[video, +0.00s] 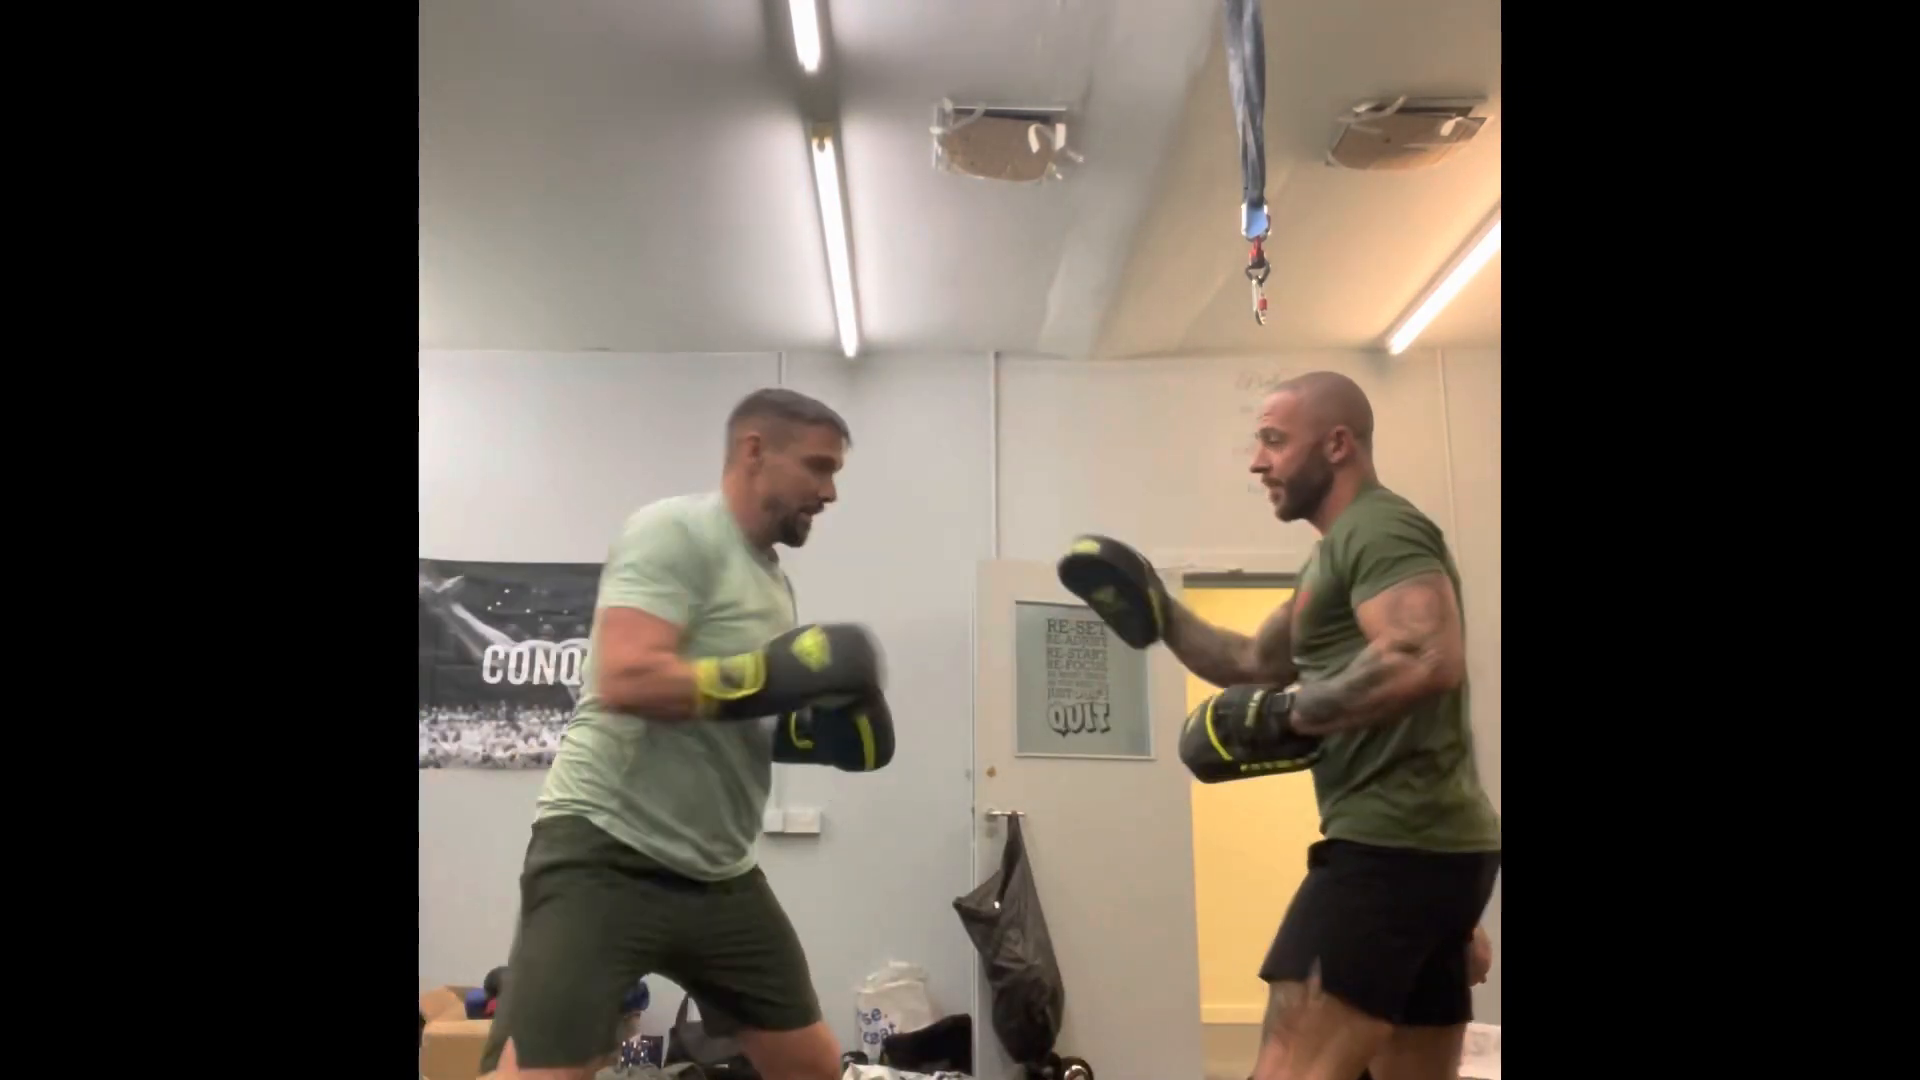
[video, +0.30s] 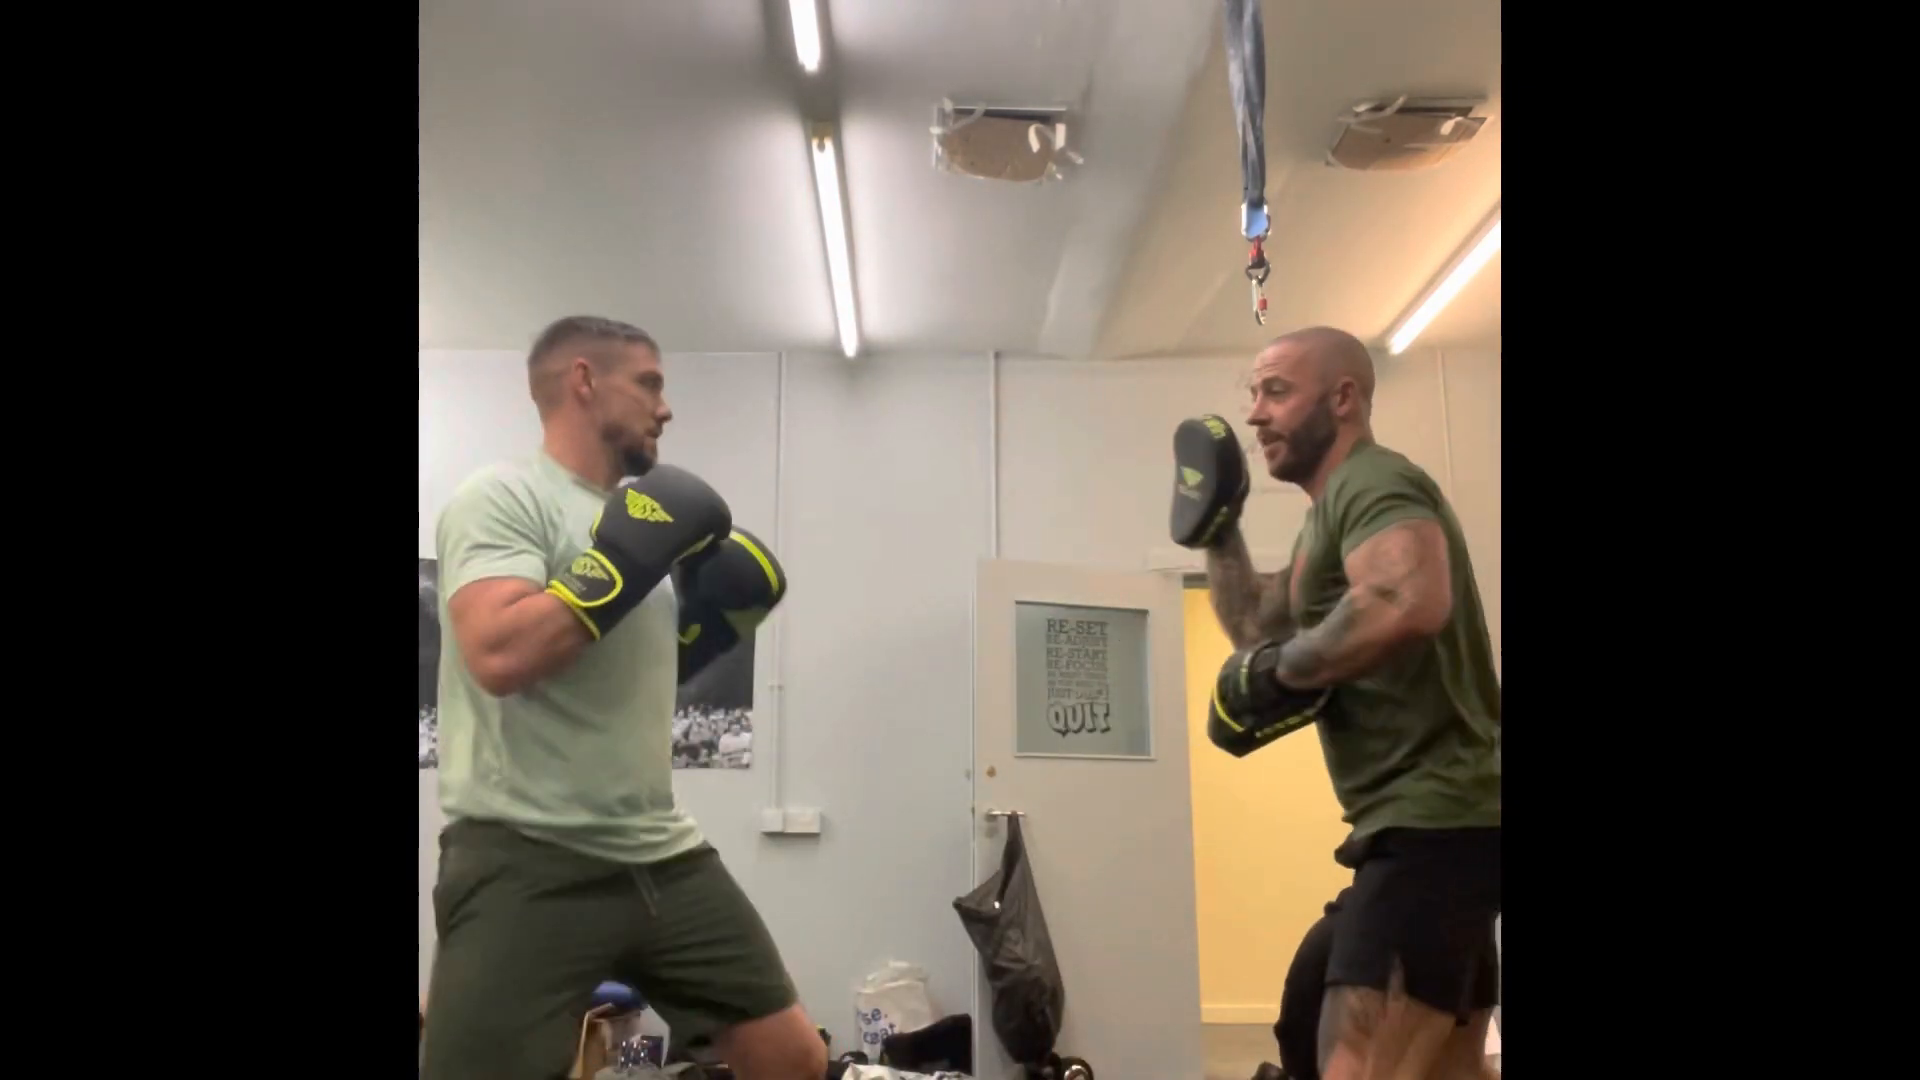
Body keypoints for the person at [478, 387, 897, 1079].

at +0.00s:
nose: (831, 491)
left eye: (835, 473)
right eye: (819, 467)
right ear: (753, 451)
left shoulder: (777, 588)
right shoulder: (667, 532)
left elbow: (728, 724)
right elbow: (624, 679)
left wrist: (814, 731)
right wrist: (765, 675)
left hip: (719, 871)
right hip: (602, 852)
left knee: (811, 1065)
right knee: (540, 1070)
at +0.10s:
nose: (714, 452)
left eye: (714, 432)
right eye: (695, 428)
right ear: (621, 425)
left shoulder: (678, 571)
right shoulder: (523, 542)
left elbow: (647, 725)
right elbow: (455, 710)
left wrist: (723, 693)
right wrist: (606, 689)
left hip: (646, 894)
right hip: (514, 885)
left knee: (735, 1069)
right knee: (472, 1069)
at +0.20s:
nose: (659, 358)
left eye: (657, 340)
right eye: (640, 335)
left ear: (578, 339)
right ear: (566, 335)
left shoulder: (623, 486)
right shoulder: (495, 451)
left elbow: (624, 642)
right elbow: (479, 619)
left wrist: (705, 582)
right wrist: (612, 542)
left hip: (642, 818)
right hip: (512, 809)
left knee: (695, 1055)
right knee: (459, 1065)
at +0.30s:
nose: (666, 407)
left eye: (663, 389)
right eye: (648, 384)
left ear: (588, 387)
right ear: (581, 382)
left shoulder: (640, 520)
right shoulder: (496, 498)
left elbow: (629, 685)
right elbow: (499, 655)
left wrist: (709, 625)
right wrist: (618, 561)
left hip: (663, 852)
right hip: (525, 859)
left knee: (791, 1059)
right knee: (473, 1067)